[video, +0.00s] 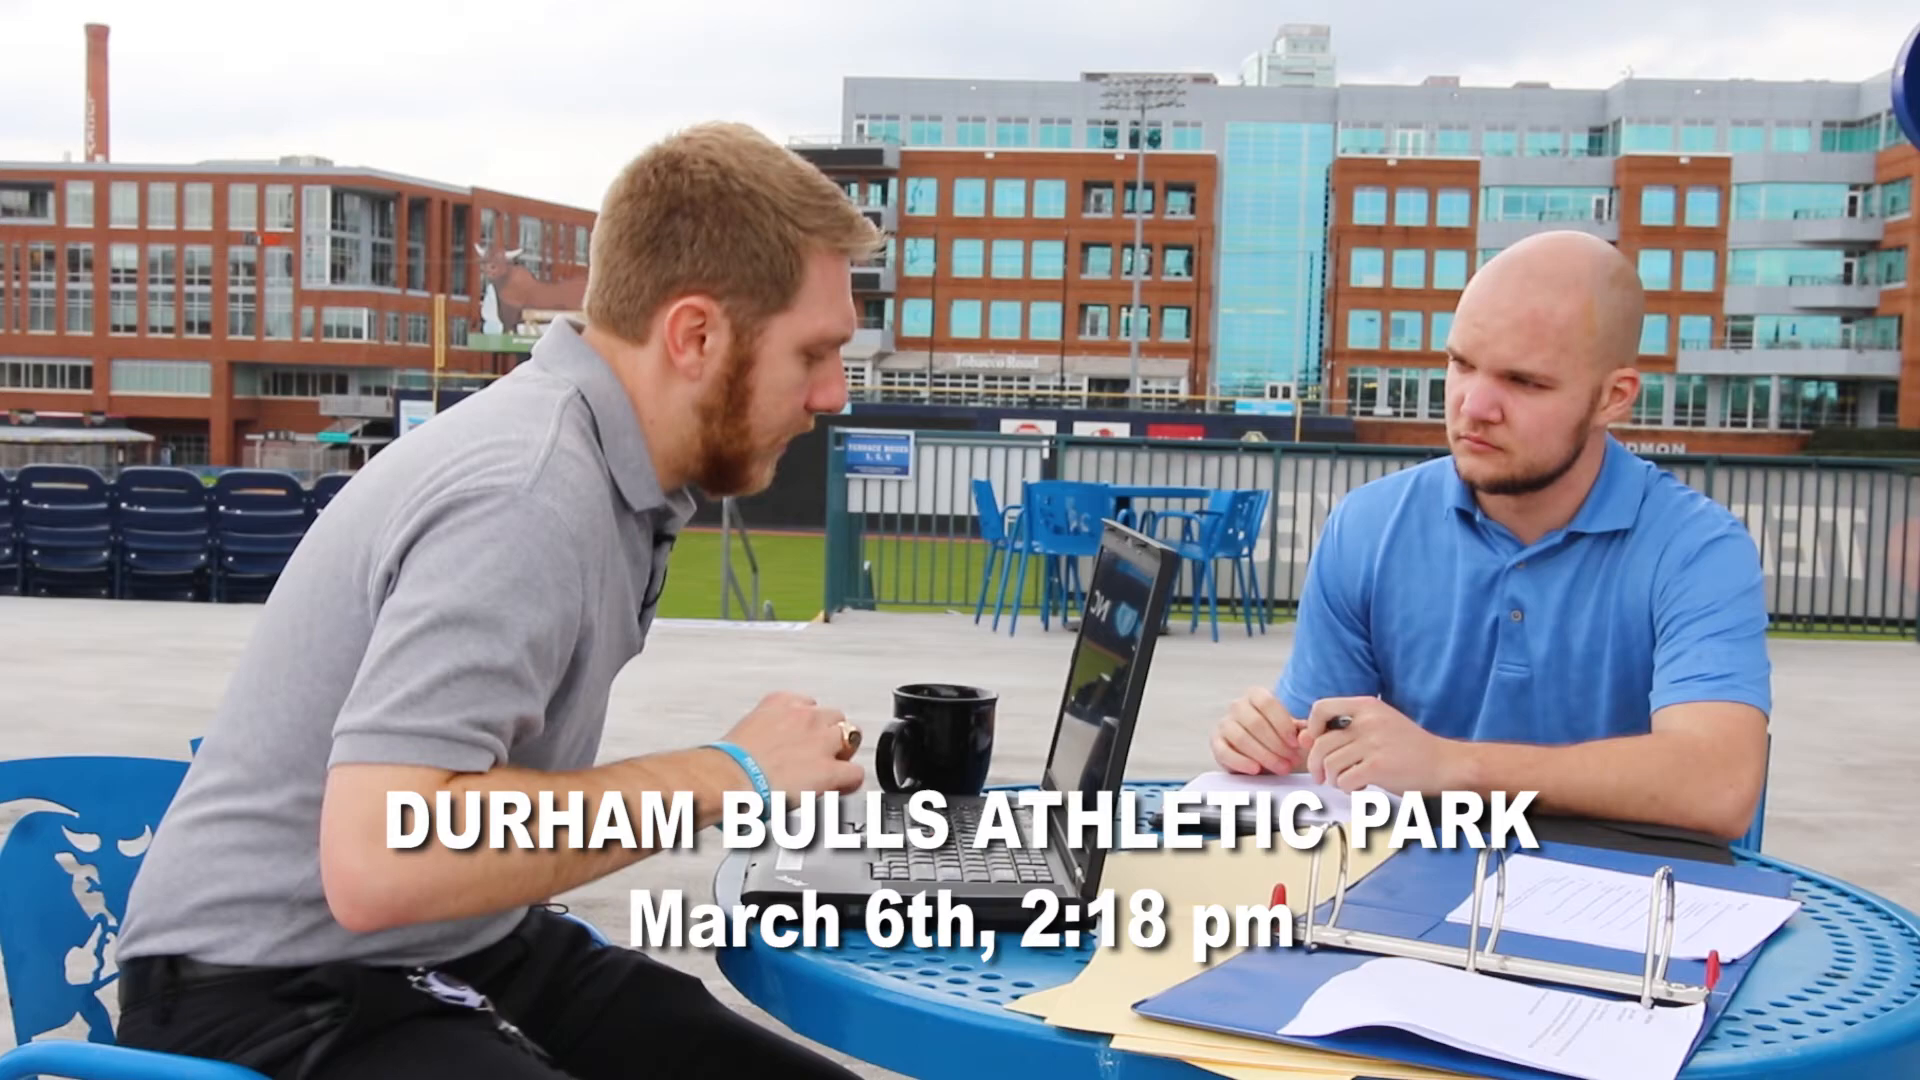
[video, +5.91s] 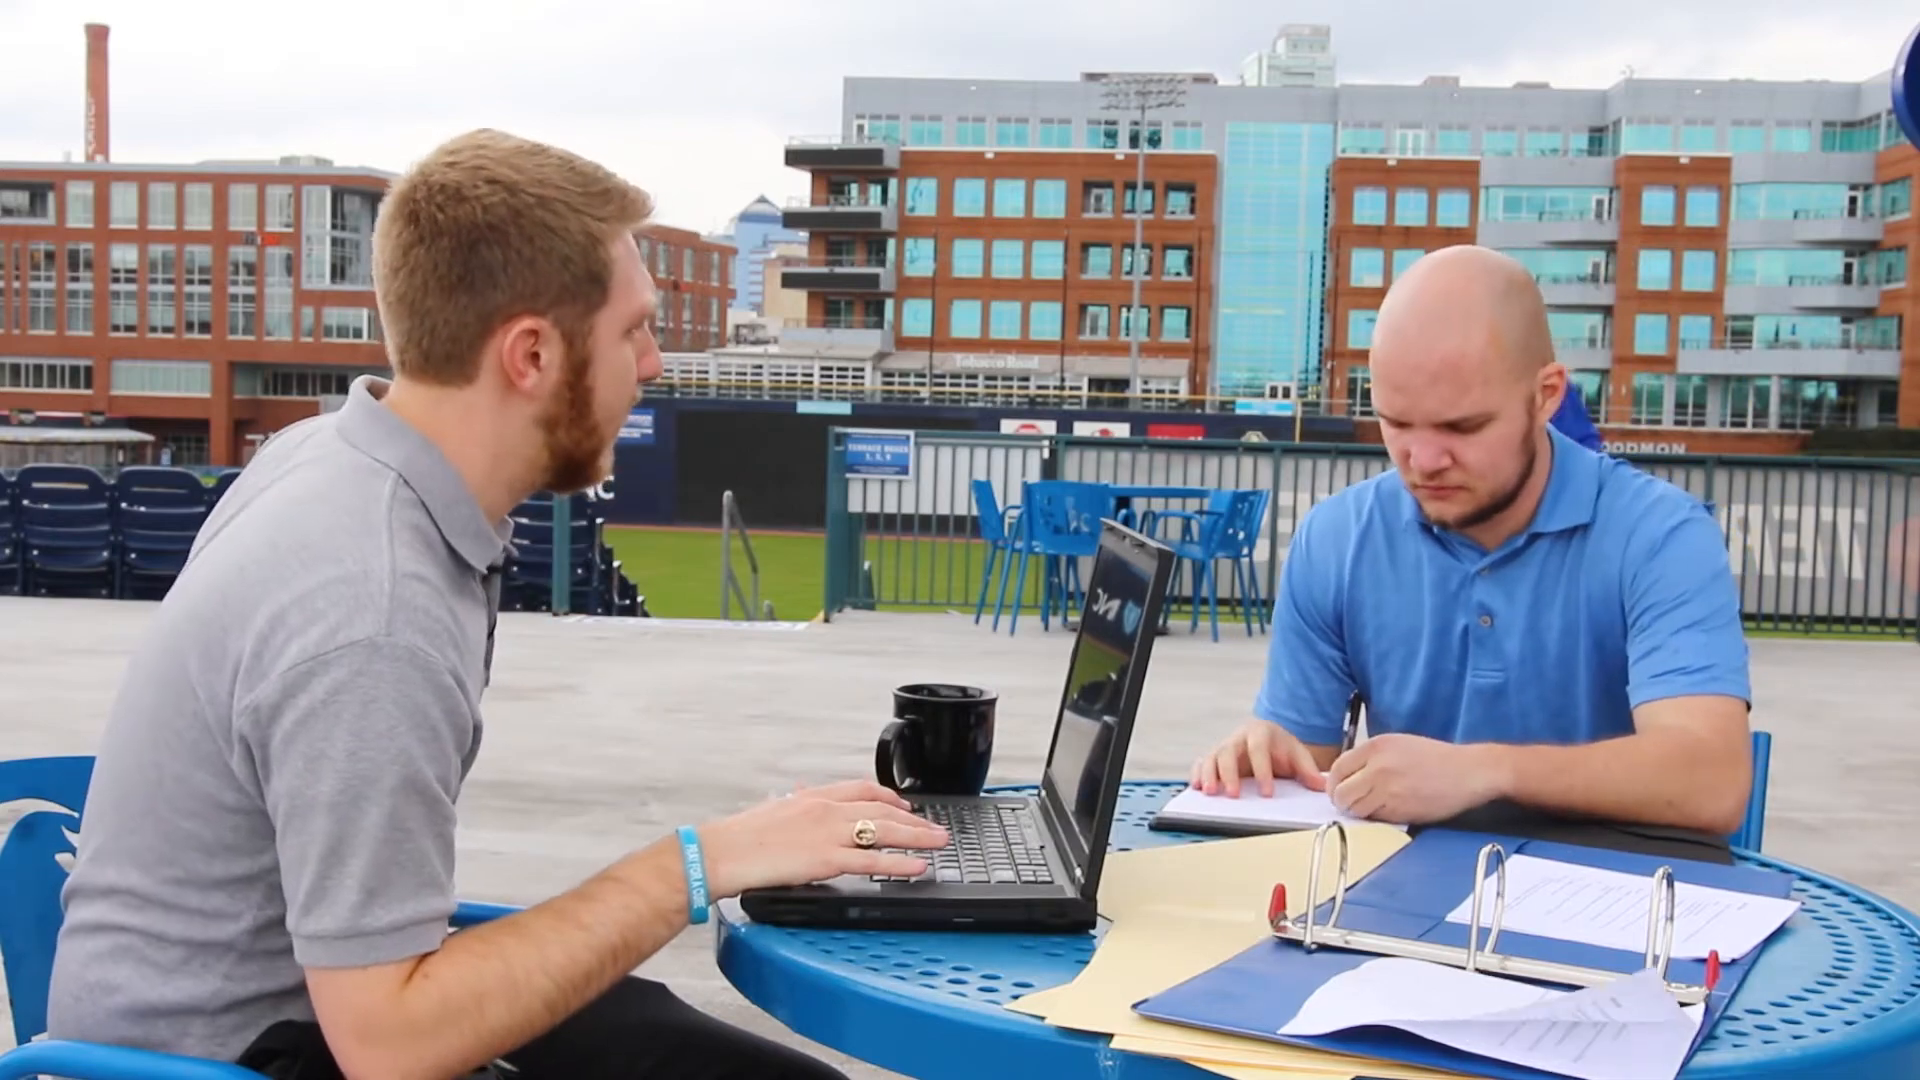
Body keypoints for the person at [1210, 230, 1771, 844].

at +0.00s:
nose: (1474, 405)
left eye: (1523, 381)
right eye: (1463, 364)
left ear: (1613, 398)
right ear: (1448, 355)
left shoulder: (1695, 548)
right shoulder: (1368, 527)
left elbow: (1714, 783)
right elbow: (1315, 731)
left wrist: (1449, 764)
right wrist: (1270, 736)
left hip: (1627, 915)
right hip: (1399, 894)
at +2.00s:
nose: (1492, 409)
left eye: (1542, 387)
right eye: (1480, 367)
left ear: (1625, 406)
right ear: (1462, 356)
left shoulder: (1696, 549)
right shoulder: (1369, 524)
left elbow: (1713, 784)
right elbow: (1304, 723)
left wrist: (1448, 763)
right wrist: (1264, 733)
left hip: (1620, 915)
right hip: (1393, 891)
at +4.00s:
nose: (1498, 410)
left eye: (1548, 387)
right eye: (1486, 366)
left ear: (1631, 406)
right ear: (1467, 355)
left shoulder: (1697, 552)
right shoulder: (1371, 524)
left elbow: (1713, 786)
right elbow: (1305, 728)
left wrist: (1449, 763)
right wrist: (1261, 736)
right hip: (1394, 892)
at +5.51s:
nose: (1425, 458)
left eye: (1464, 424)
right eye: (1400, 421)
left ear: (1550, 393)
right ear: (1379, 393)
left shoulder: (1661, 536)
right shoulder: (1341, 538)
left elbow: (1707, 783)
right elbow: (1308, 755)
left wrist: (1486, 769)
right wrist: (1261, 753)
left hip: (1615, 908)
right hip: (1395, 893)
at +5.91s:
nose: (1422, 461)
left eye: (1462, 428)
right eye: (1396, 424)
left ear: (1547, 396)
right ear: (1376, 395)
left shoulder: (1658, 537)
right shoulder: (1336, 542)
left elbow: (1707, 782)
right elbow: (1305, 757)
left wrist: (1479, 770)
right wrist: (1260, 753)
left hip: (1615, 907)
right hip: (1399, 895)